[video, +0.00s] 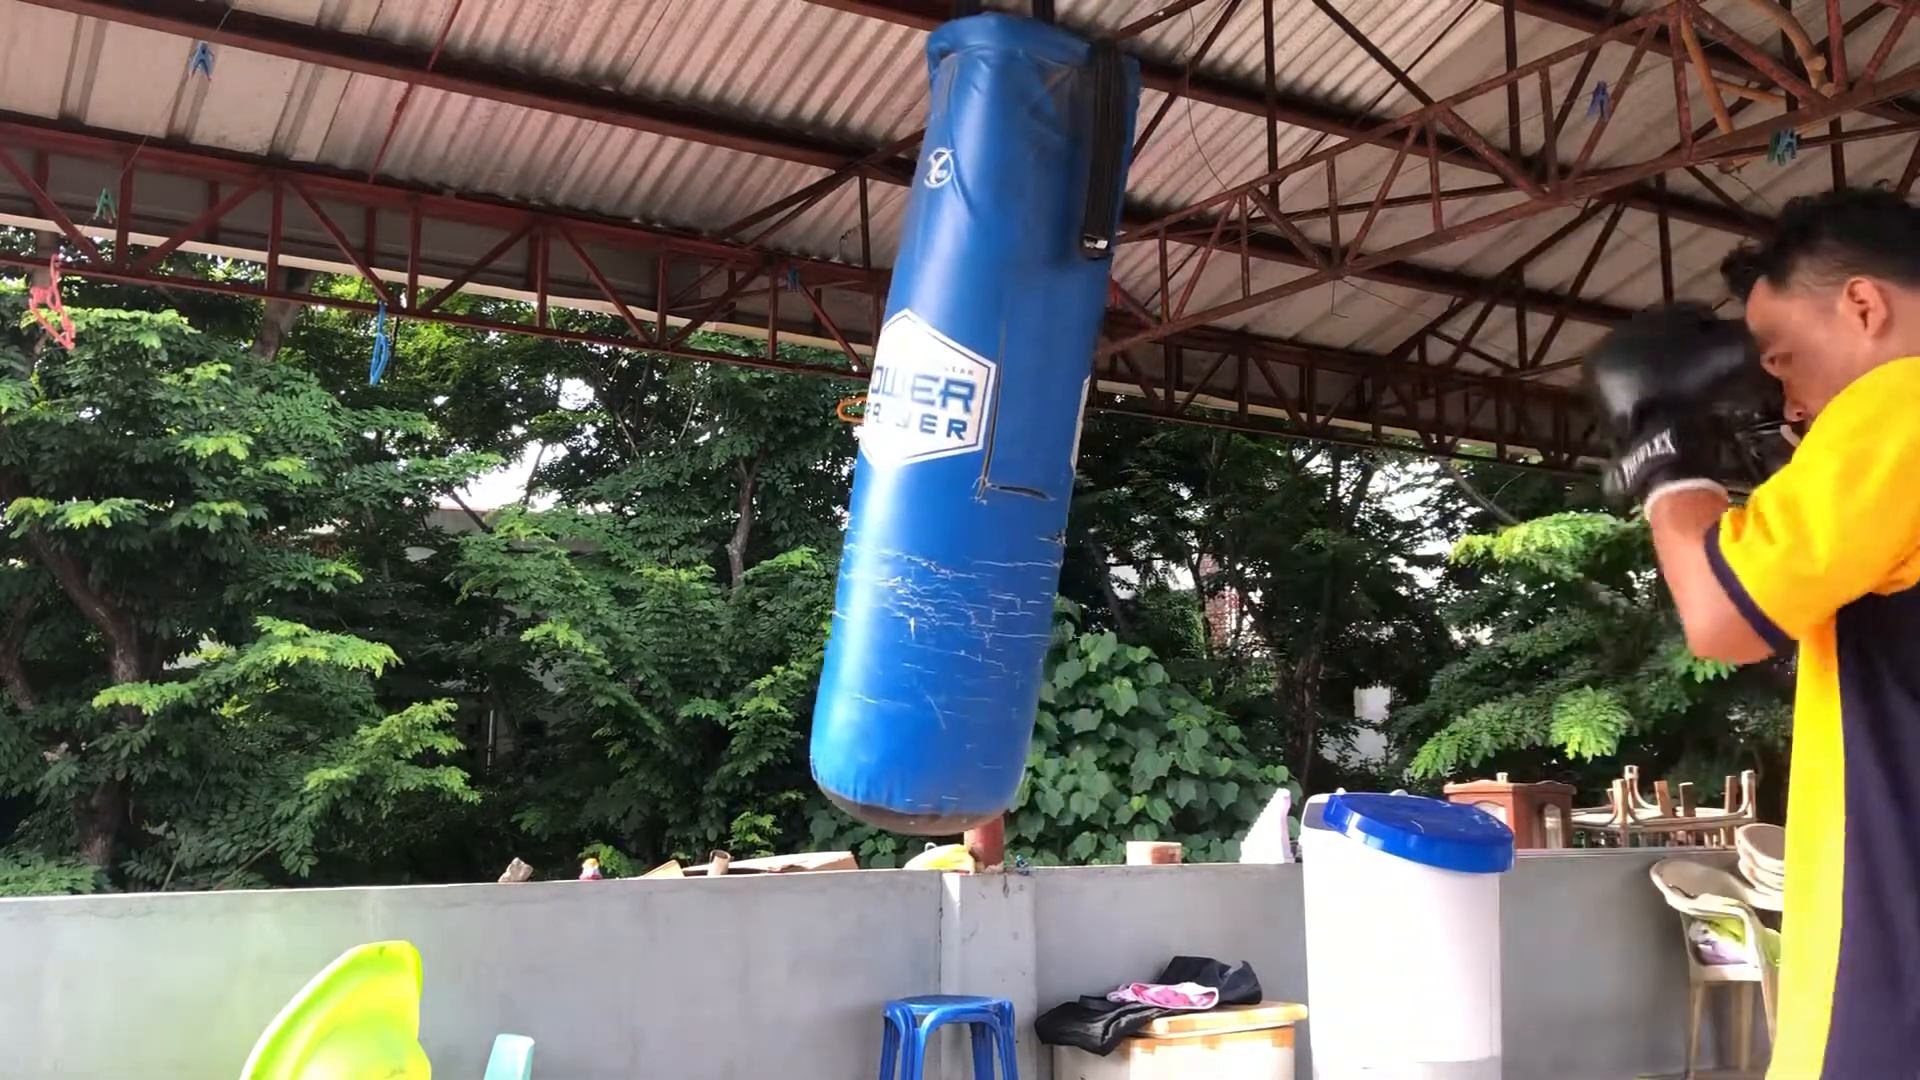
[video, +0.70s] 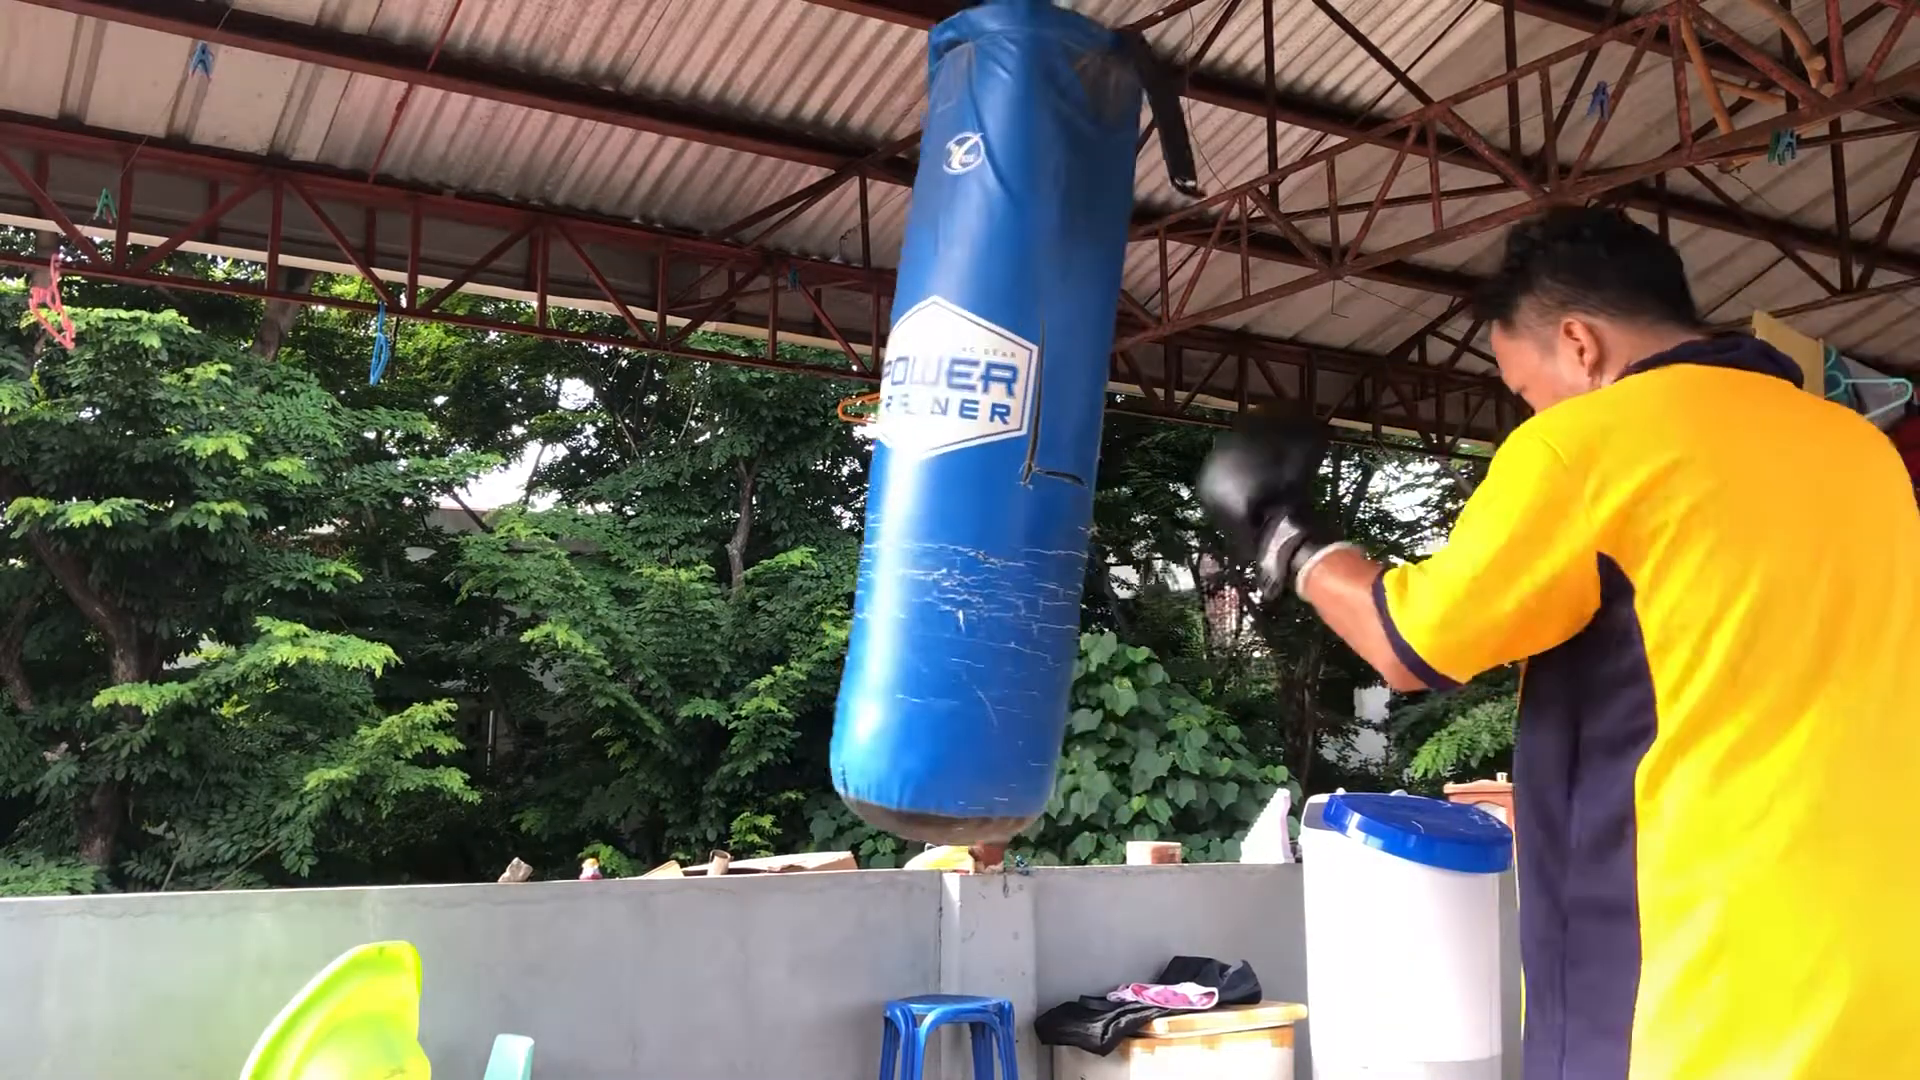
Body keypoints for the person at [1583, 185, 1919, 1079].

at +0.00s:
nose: (1789, 401)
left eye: (1784, 358)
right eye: (1775, 371)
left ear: (1862, 307)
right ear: (1869, 309)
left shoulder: (1900, 406)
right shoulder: (1889, 415)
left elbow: (1720, 611)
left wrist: (1661, 451)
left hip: (1880, 1014)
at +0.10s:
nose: (1796, 407)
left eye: (1795, 367)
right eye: (1783, 382)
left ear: (1879, 316)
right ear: (1883, 319)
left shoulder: (1900, 416)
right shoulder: (1893, 425)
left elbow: (1785, 644)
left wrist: (1663, 511)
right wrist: (1810, 474)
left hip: (1875, 1013)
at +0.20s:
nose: (1788, 424)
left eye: (1790, 383)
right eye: (1776, 399)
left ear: (1877, 332)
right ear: (1883, 335)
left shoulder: (1875, 432)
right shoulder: (1889, 433)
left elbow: (1876, 671)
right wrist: (1817, 479)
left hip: (1861, 1019)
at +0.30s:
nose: (1762, 420)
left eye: (1764, 390)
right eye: (1755, 397)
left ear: (1835, 335)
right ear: (1848, 335)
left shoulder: (1816, 438)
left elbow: (1770, 625)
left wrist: (1580, 707)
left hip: (1846, 1025)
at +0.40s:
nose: (1686, 410)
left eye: (1688, 382)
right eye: (1681, 389)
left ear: (1752, 337)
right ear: (1858, 341)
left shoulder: (1718, 443)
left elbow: (1523, 602)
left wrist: (1360, 636)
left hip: (1820, 1016)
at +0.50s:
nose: (1589, 412)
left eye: (1587, 388)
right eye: (1580, 393)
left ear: (1650, 347)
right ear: (1766, 346)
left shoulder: (1600, 462)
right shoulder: (1901, 451)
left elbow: (1361, 601)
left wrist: (1215, 615)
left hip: (1766, 1021)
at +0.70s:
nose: (1537, 417)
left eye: (1528, 395)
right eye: (1522, 401)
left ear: (1581, 344)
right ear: (1688, 323)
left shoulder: (1589, 442)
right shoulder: (1861, 445)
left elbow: (1408, 644)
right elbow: (1801, 735)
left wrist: (1285, 541)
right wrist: (1561, 796)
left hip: (1701, 1017)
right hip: (1892, 1011)